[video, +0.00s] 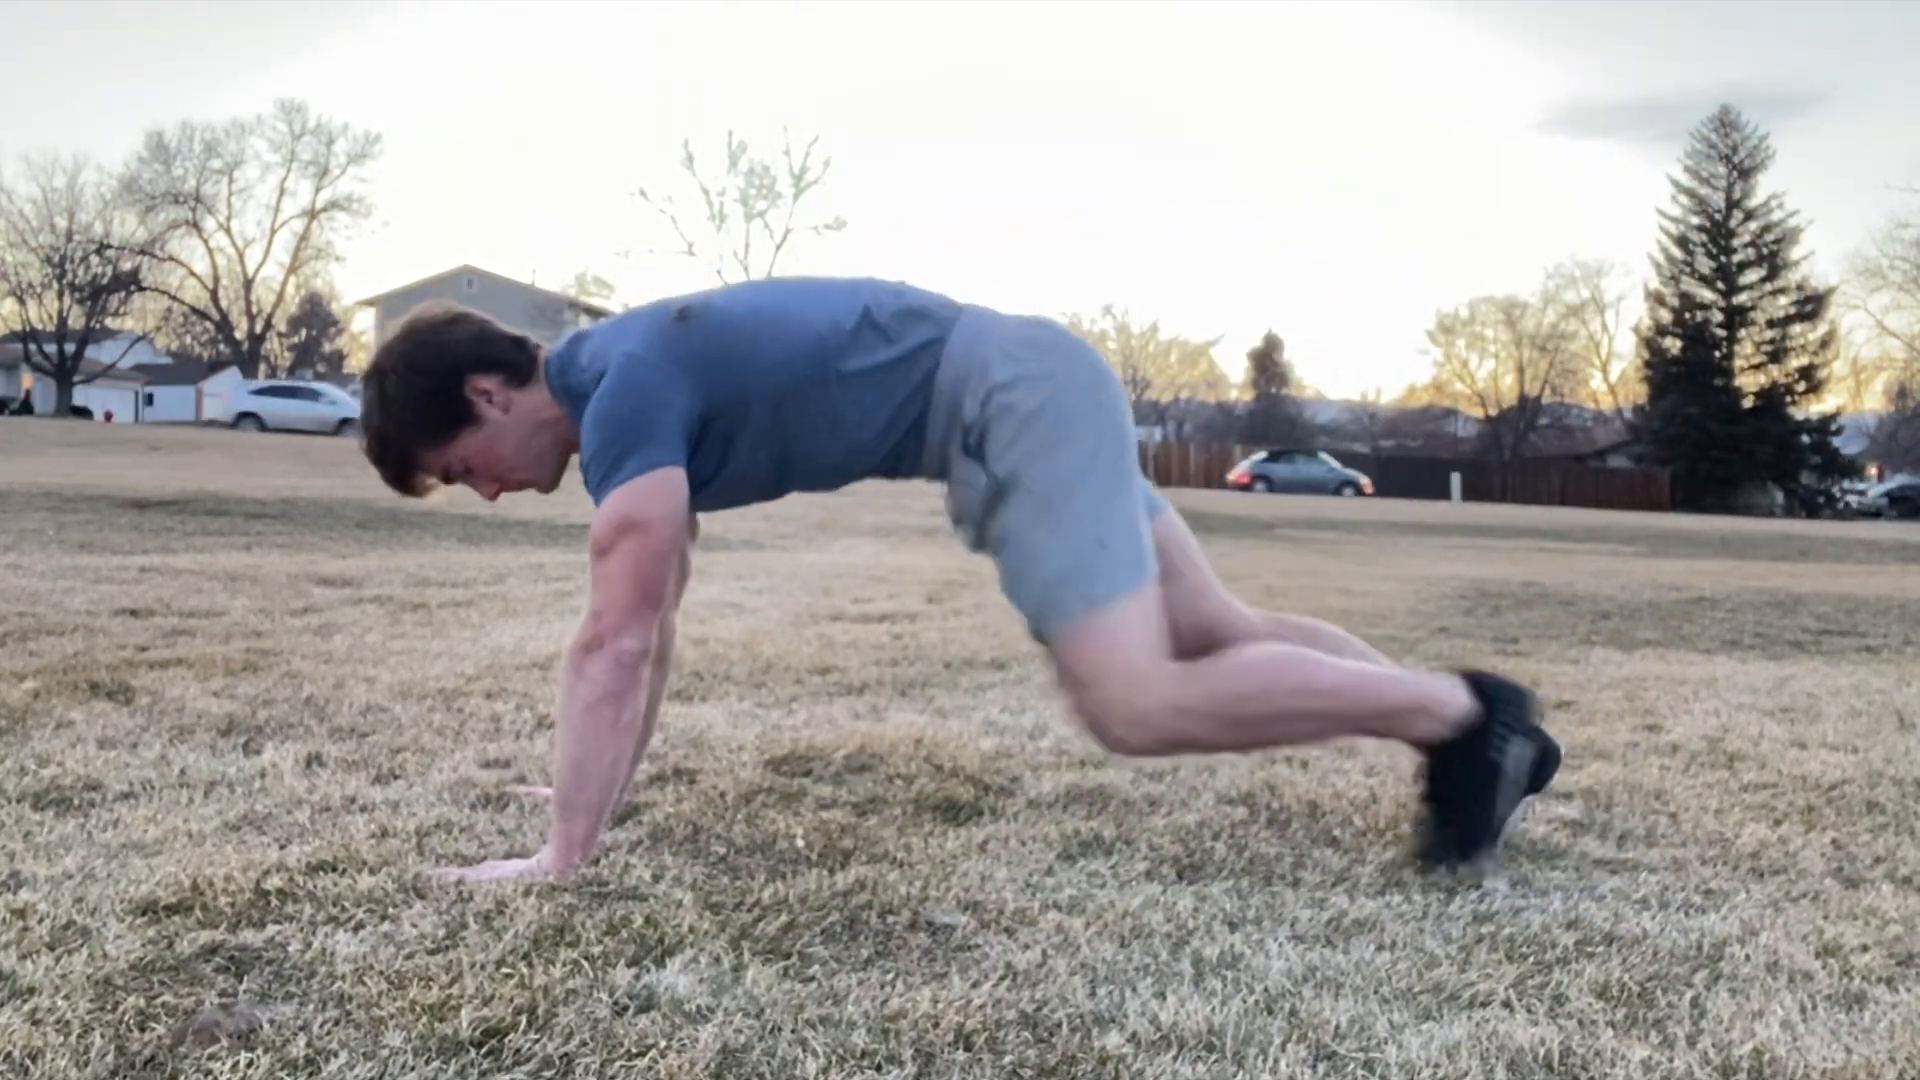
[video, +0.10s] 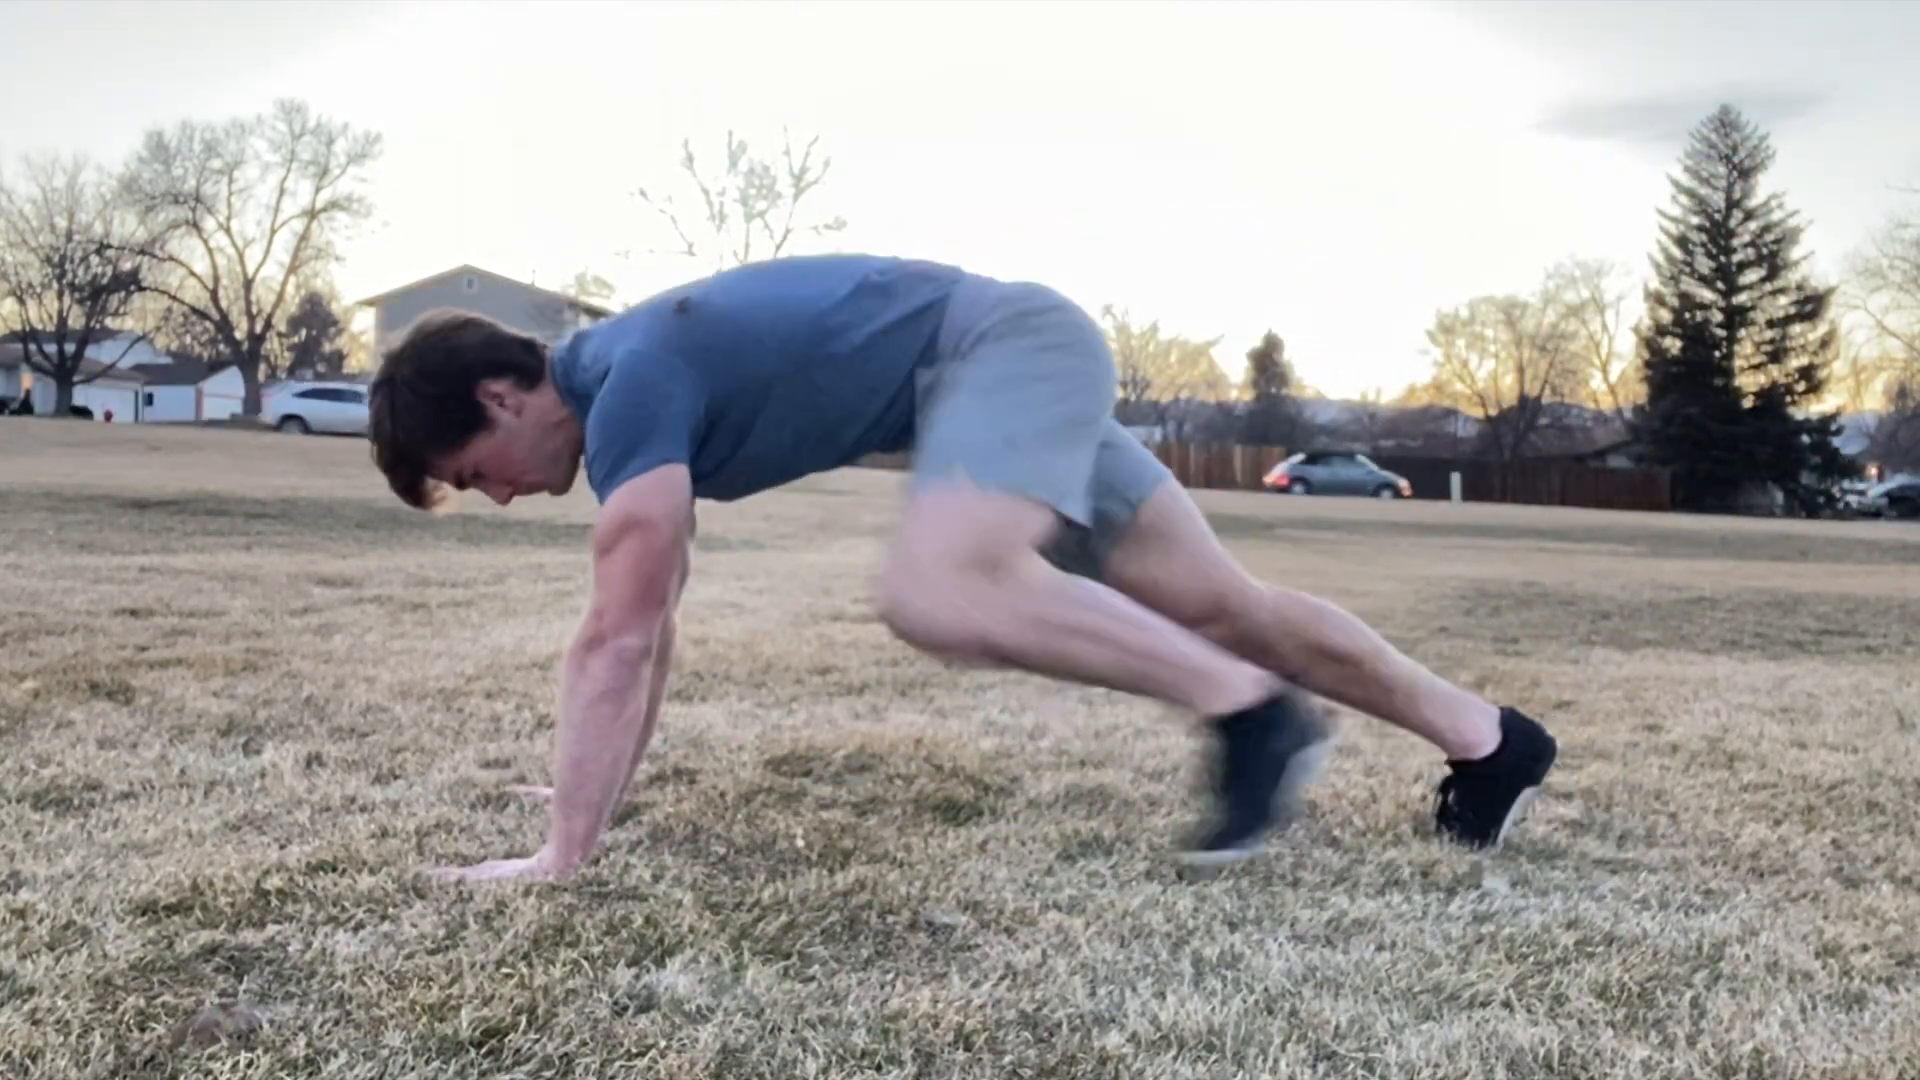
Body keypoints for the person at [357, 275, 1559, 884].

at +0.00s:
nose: (483, 493)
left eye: (462, 470)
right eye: (460, 484)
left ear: (491, 400)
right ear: (499, 394)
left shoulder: (627, 378)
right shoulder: (625, 390)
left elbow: (617, 637)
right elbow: (643, 640)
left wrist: (560, 853)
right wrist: (589, 823)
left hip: (1010, 389)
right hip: (1018, 388)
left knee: (1136, 707)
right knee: (1214, 636)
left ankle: (1456, 718)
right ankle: (1466, 713)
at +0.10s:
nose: (492, 497)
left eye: (472, 475)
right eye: (469, 488)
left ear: (503, 401)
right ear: (508, 403)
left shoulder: (638, 372)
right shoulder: (627, 394)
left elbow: (617, 633)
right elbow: (641, 633)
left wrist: (562, 851)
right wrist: (588, 805)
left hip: (1008, 344)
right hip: (1007, 380)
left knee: (939, 590)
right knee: (1234, 614)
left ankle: (1249, 709)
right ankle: (1489, 737)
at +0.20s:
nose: (501, 493)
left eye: (480, 470)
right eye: (478, 485)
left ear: (508, 397)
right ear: (512, 400)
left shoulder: (639, 361)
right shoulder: (632, 394)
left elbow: (618, 634)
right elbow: (637, 634)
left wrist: (563, 853)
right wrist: (577, 806)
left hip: (1014, 359)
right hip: (996, 432)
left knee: (784, 424)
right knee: (1225, 618)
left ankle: (931, 750)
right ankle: (1490, 735)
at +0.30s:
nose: (488, 483)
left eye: (465, 459)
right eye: (462, 475)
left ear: (495, 385)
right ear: (499, 385)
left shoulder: (638, 371)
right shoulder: (622, 396)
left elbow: (606, 629)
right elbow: (622, 634)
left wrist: (558, 849)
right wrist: (569, 830)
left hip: (989, 428)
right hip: (980, 486)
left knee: (723, 446)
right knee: (1190, 695)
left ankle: (781, 808)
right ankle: (1488, 742)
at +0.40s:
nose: (475, 493)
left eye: (449, 470)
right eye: (448, 485)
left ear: (475, 392)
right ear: (479, 387)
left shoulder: (626, 379)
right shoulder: (606, 408)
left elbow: (607, 628)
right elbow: (634, 642)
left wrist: (554, 852)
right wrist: (571, 841)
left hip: (958, 480)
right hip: (954, 529)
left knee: (682, 490)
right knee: (1171, 731)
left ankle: (777, 821)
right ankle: (1471, 747)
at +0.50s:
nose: (442, 513)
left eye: (417, 492)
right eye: (417, 506)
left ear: (436, 415)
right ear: (442, 416)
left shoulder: (595, 371)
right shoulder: (570, 405)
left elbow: (594, 635)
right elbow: (602, 642)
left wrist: (555, 859)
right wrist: (571, 845)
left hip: (955, 395)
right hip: (940, 459)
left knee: (715, 458)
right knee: (1166, 642)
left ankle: (798, 808)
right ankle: (1446, 732)